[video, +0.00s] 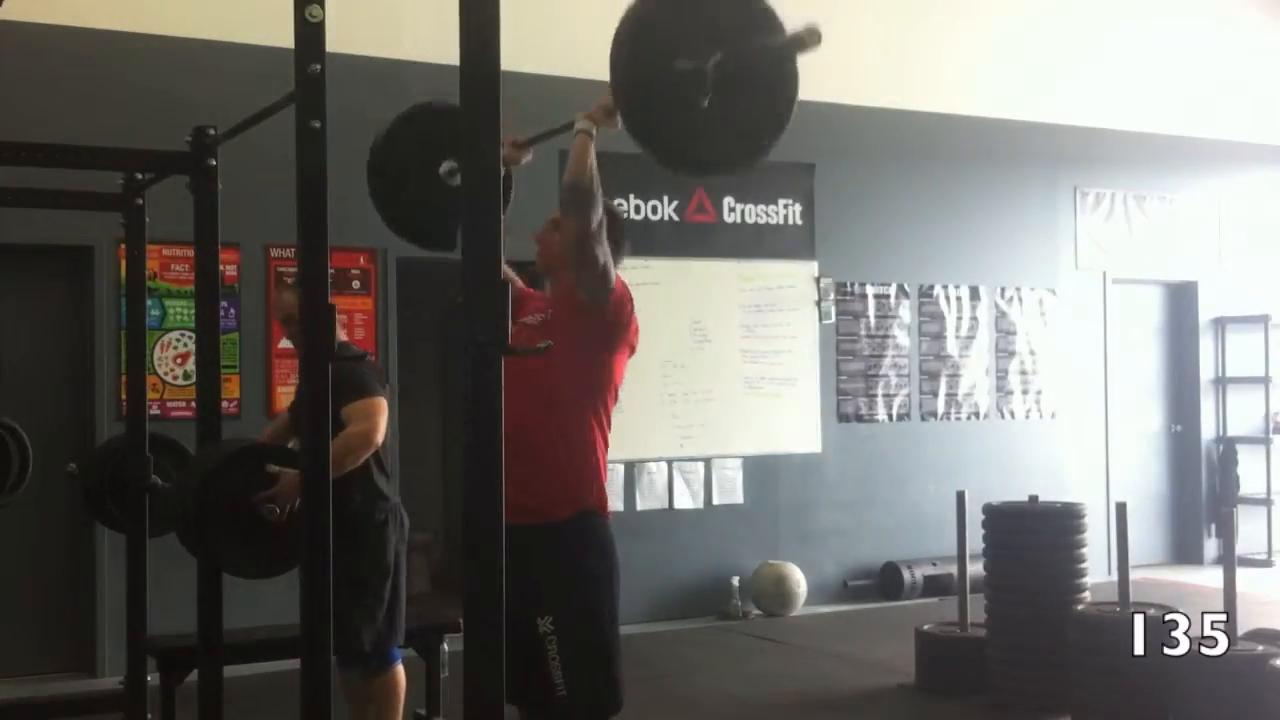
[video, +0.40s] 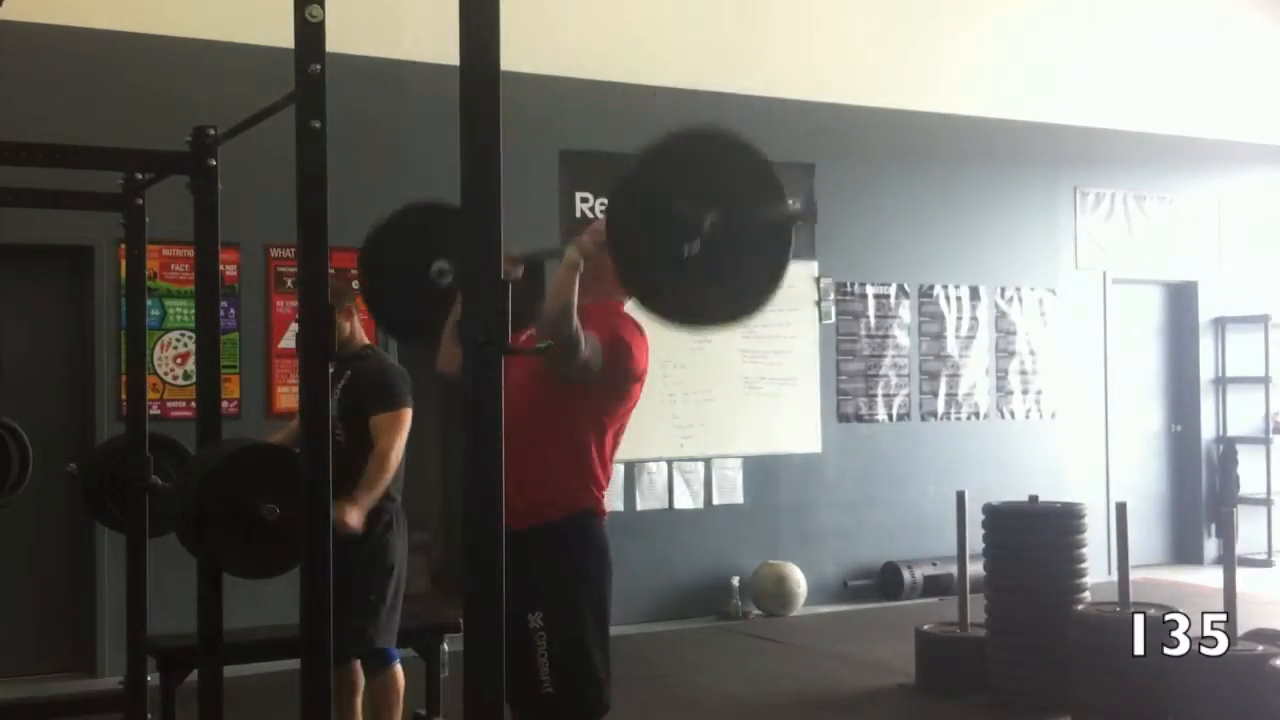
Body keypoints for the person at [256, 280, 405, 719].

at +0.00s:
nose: (285, 331)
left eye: (292, 321)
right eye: (282, 322)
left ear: (317, 319)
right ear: (287, 325)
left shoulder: (352, 366)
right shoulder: (316, 371)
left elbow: (368, 431)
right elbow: (287, 425)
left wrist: (305, 476)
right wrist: (246, 463)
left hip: (371, 519)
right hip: (339, 519)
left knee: (376, 649)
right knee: (350, 649)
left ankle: (389, 719)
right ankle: (363, 717)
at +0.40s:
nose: (320, 330)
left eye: (327, 319)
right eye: (317, 320)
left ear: (351, 316)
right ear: (320, 321)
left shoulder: (384, 375)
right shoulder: (330, 373)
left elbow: (390, 450)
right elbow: (307, 425)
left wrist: (359, 503)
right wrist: (261, 456)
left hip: (375, 527)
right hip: (331, 525)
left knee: (378, 648)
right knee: (339, 648)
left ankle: (388, 719)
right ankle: (347, 719)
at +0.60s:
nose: (319, 325)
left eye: (328, 314)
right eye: (317, 314)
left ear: (354, 315)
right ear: (323, 317)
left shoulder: (386, 373)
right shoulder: (327, 373)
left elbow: (406, 456)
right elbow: (304, 426)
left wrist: (415, 526)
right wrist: (258, 458)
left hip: (375, 526)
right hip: (332, 523)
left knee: (377, 649)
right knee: (340, 650)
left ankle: (387, 719)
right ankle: (349, 718)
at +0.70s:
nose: (319, 320)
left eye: (327, 310)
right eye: (316, 311)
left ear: (354, 312)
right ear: (315, 315)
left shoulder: (394, 370)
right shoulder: (323, 371)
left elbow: (418, 451)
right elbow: (293, 429)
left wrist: (422, 521)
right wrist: (250, 468)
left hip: (380, 521)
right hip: (334, 518)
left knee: (378, 641)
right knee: (347, 641)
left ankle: (385, 719)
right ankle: (351, 715)